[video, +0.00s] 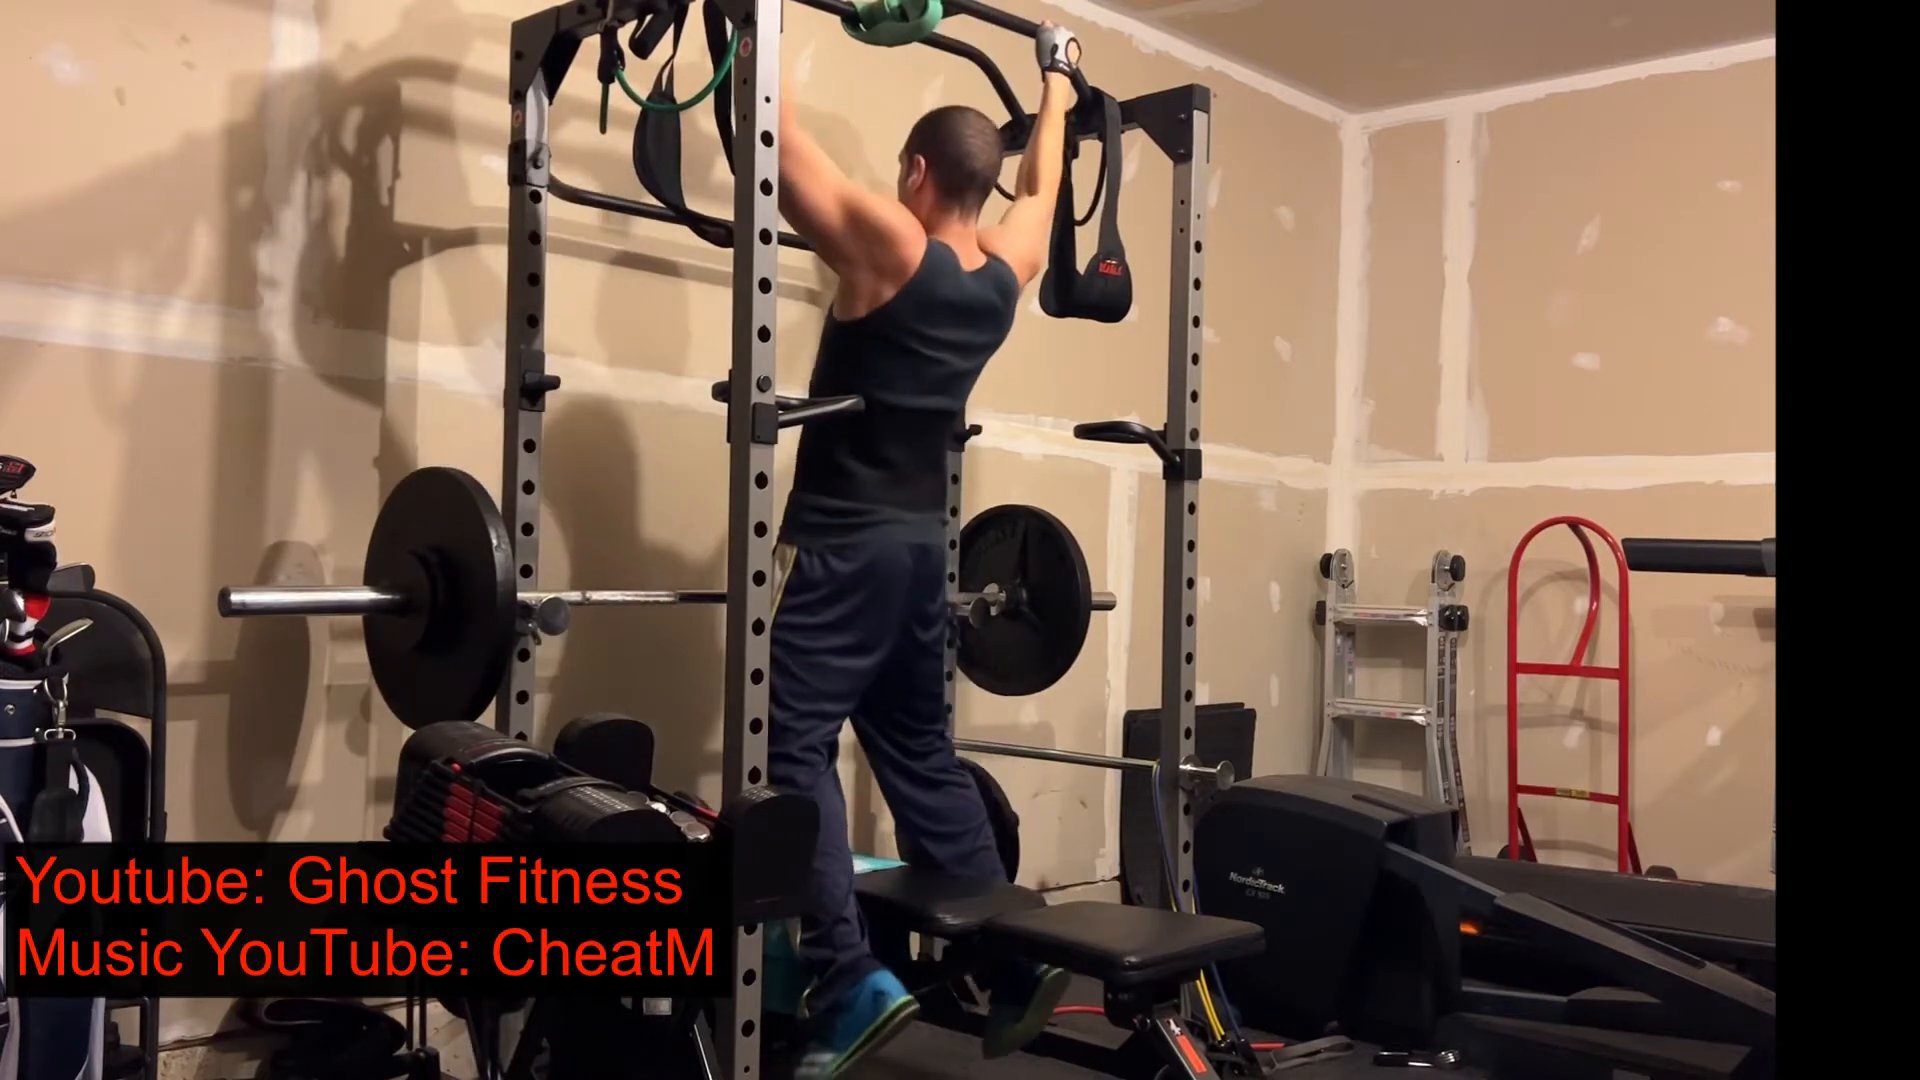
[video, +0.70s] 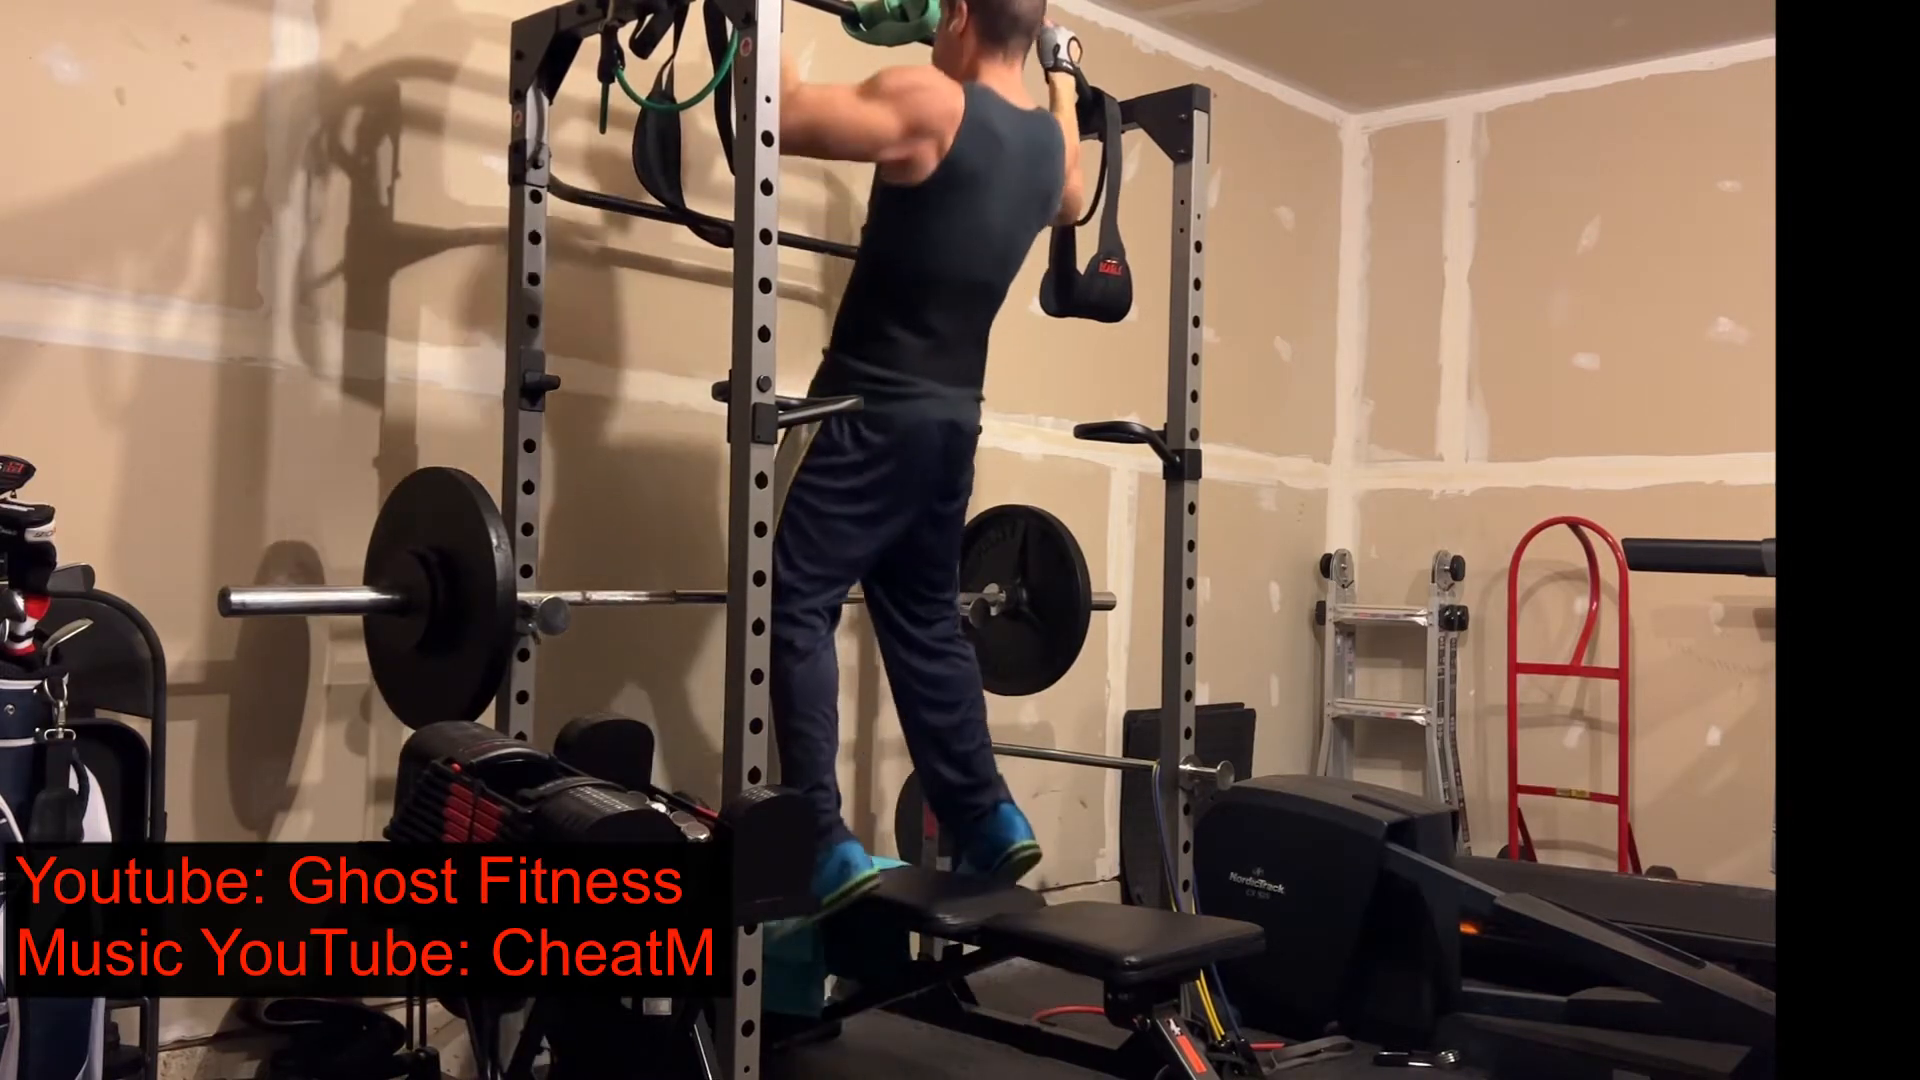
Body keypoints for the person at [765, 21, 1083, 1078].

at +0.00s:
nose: (894, 176)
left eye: (900, 163)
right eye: (905, 164)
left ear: (919, 170)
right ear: (989, 190)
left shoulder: (883, 242)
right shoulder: (1004, 275)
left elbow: (775, 133)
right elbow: (1040, 191)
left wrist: (759, 30)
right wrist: (1057, 103)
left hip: (847, 536)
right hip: (924, 539)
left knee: (796, 748)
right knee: (918, 752)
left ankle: (846, 971)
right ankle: (1005, 952)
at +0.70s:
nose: (938, 29)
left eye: (944, 16)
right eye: (944, 18)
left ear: (961, 19)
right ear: (1037, 38)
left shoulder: (924, 100)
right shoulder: (1049, 140)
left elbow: (781, 114)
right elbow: (1070, 203)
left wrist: (760, 21)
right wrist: (1055, 95)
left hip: (872, 413)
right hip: (950, 421)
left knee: (794, 603)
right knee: (924, 620)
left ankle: (818, 837)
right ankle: (985, 823)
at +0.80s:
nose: (930, 12)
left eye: (937, 1)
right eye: (936, 2)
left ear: (962, 5)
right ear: (1025, 18)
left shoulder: (921, 72)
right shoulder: (1047, 109)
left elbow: (778, 112)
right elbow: (1065, 205)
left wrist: (756, 14)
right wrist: (1056, 90)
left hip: (870, 385)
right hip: (951, 396)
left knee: (795, 582)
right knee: (927, 601)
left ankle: (822, 807)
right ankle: (988, 800)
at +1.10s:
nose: (913, 51)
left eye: (921, 37)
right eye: (922, 38)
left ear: (940, 47)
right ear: (1004, 68)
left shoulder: (904, 131)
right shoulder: (1021, 168)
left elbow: (769, 122)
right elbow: (1054, 193)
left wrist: (750, 30)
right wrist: (1057, 97)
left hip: (865, 434)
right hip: (937, 440)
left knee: (801, 628)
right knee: (921, 634)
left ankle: (848, 859)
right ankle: (999, 833)